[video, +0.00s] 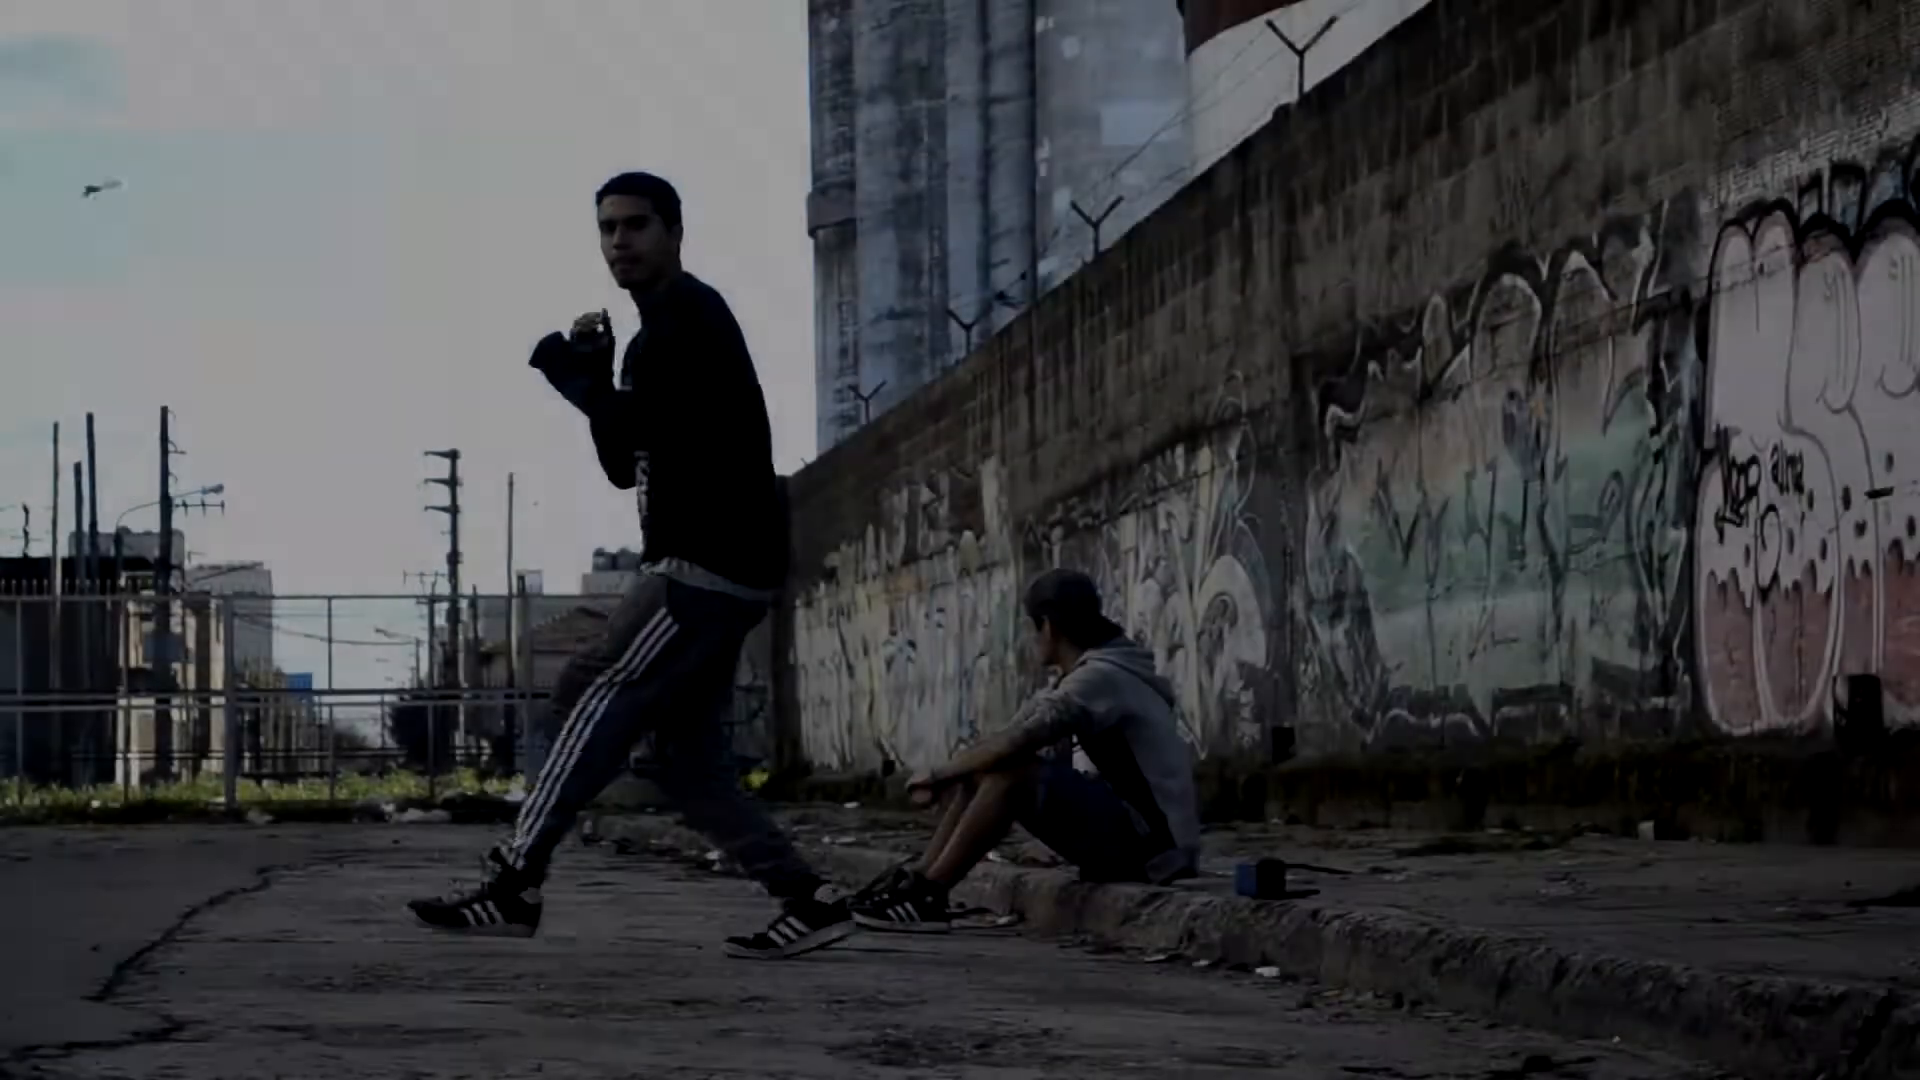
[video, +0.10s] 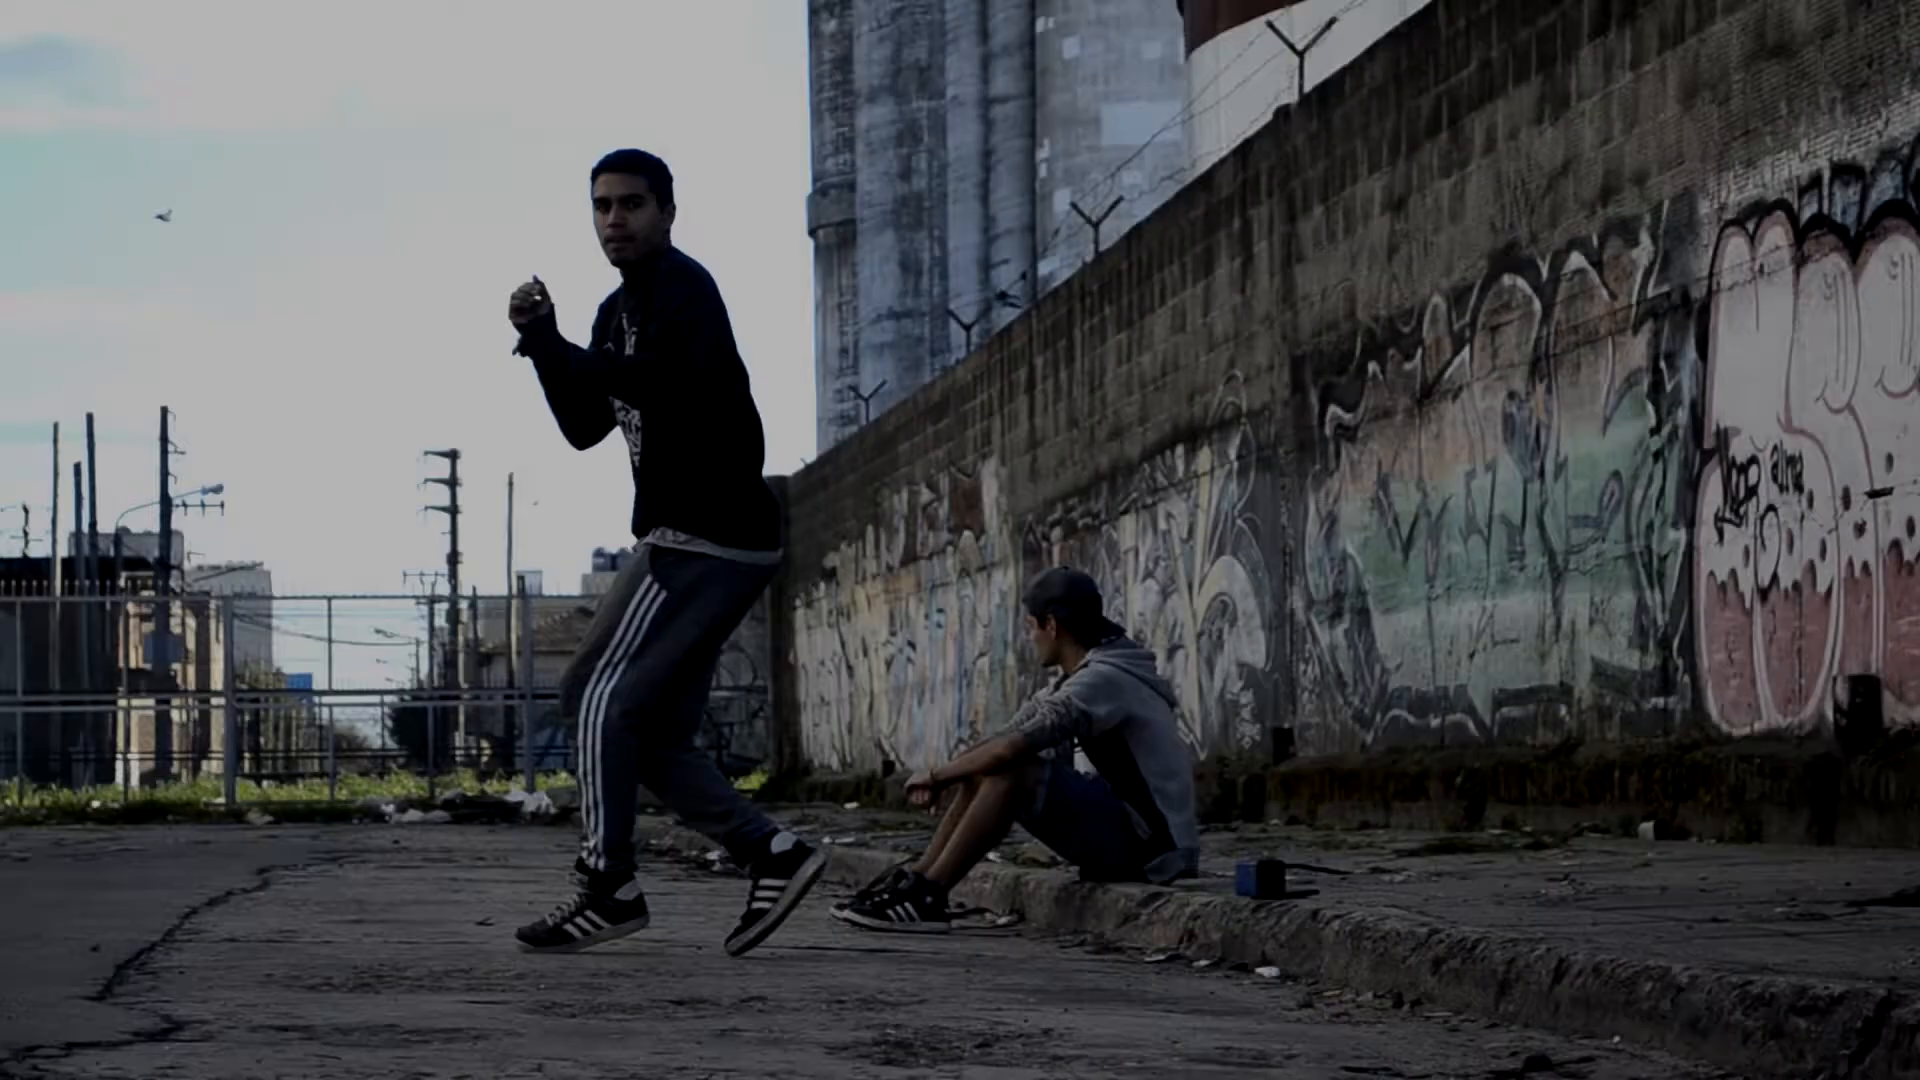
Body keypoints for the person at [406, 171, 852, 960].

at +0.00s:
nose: (620, 242)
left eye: (636, 225)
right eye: (609, 230)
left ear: (673, 233)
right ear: (602, 243)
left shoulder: (687, 316)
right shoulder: (662, 328)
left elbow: (644, 438)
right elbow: (623, 465)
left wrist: (585, 382)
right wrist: (599, 383)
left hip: (713, 564)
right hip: (709, 564)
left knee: (601, 698)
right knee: (683, 754)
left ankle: (513, 886)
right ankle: (806, 895)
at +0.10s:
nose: (615, 220)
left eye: (631, 204)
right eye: (603, 207)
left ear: (666, 211)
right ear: (593, 220)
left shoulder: (678, 286)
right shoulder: (616, 312)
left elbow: (654, 387)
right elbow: (584, 424)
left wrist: (565, 347)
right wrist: (541, 340)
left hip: (708, 530)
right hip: (705, 535)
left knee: (602, 694)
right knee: (654, 737)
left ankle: (609, 889)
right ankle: (773, 854)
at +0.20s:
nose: (618, 234)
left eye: (636, 220)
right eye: (607, 221)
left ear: (668, 231)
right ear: (596, 230)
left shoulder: (677, 299)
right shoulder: (607, 315)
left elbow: (661, 370)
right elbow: (527, 394)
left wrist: (549, 343)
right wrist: (468, 335)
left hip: (701, 555)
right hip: (661, 554)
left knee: (615, 715)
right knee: (616, 716)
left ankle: (624, 904)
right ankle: (760, 781)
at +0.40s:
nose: (625, 213)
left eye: (640, 196)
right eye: (613, 200)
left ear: (677, 199)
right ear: (604, 209)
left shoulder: (713, 283)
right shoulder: (618, 299)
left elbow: (709, 407)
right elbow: (547, 384)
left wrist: (624, 414)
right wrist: (454, 460)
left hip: (719, 531)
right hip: (678, 530)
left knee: (616, 683)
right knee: (637, 699)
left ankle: (604, 881)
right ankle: (775, 836)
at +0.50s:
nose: (621, 237)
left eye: (637, 220)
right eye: (610, 224)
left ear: (675, 225)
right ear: (602, 236)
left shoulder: (729, 310)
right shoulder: (622, 337)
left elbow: (780, 421)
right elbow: (587, 448)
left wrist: (686, 498)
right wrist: (514, 552)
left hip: (748, 559)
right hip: (701, 556)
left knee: (639, 712)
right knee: (698, 752)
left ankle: (535, 881)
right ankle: (810, 899)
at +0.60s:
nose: (615, 271)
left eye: (631, 253)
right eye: (604, 259)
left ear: (669, 259)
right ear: (598, 274)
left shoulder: (723, 339)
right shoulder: (634, 375)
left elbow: (809, 441)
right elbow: (621, 500)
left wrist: (721, 524)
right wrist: (576, 614)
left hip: (758, 575)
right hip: (721, 577)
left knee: (626, 679)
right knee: (703, 768)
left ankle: (592, 878)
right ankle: (811, 908)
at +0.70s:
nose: (612, 235)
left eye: (628, 217)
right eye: (599, 222)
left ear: (664, 222)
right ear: (590, 236)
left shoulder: (713, 294)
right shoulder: (618, 336)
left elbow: (818, 362)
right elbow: (632, 465)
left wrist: (719, 439)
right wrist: (629, 578)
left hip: (754, 536)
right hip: (704, 542)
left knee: (642, 675)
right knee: (735, 739)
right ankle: (815, 904)